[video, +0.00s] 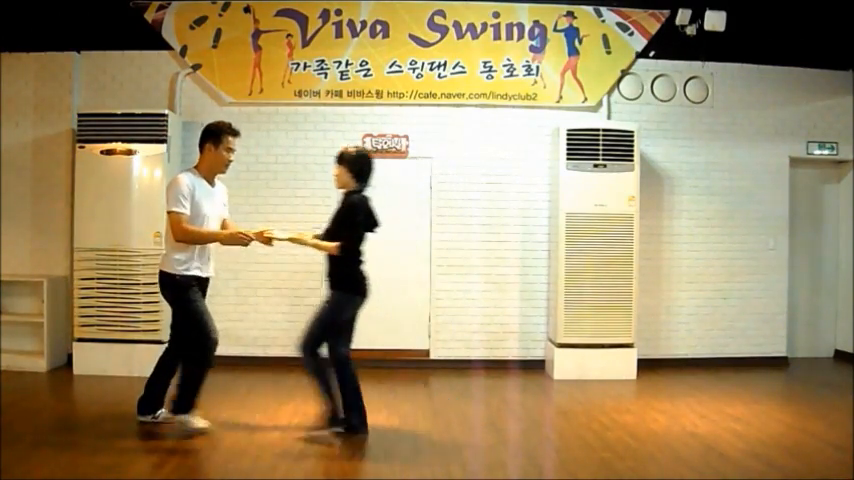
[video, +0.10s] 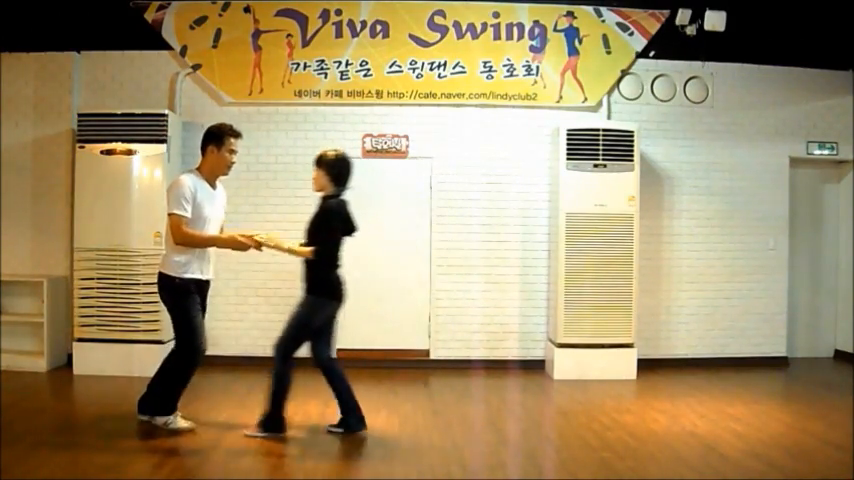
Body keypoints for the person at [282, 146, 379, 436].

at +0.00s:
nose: (335, 173)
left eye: (339, 169)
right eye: (337, 168)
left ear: (351, 173)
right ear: (356, 174)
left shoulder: (353, 204)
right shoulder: (356, 202)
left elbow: (339, 247)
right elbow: (334, 241)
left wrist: (307, 240)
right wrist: (307, 238)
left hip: (345, 291)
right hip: (350, 289)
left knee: (309, 345)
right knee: (339, 352)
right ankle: (355, 421)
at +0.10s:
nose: (313, 176)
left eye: (317, 171)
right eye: (315, 171)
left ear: (329, 176)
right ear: (335, 176)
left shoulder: (331, 208)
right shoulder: (334, 205)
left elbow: (319, 253)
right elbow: (318, 250)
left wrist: (278, 245)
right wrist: (280, 245)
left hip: (320, 295)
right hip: (327, 293)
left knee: (284, 349)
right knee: (323, 357)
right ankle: (353, 418)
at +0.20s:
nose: (292, 177)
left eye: (296, 172)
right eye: (294, 171)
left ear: (307, 178)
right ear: (313, 178)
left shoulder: (308, 211)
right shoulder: (314, 208)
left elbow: (296, 256)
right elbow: (298, 254)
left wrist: (260, 249)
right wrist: (264, 249)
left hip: (297, 295)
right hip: (305, 294)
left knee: (263, 351)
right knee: (288, 356)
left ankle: (269, 422)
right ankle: (338, 403)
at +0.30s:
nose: (275, 175)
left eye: (279, 170)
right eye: (278, 169)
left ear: (290, 176)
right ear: (297, 177)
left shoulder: (290, 210)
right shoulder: (299, 207)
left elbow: (280, 256)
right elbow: (282, 252)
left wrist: (248, 250)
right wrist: (253, 246)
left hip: (282, 294)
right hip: (289, 292)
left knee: (253, 351)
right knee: (258, 350)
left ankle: (268, 421)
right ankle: (306, 395)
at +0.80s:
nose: (274, 174)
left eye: (278, 169)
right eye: (276, 168)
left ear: (288, 175)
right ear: (296, 175)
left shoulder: (292, 207)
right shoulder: (297, 204)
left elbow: (304, 251)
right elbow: (297, 248)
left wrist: (266, 246)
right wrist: (265, 240)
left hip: (286, 292)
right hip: (291, 290)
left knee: (264, 354)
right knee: (270, 353)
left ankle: (277, 422)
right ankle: (306, 411)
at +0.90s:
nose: (293, 177)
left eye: (298, 172)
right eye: (296, 172)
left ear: (308, 179)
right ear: (317, 179)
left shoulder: (313, 211)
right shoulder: (316, 208)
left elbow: (318, 255)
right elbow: (312, 250)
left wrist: (281, 250)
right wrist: (283, 244)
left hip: (306, 295)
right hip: (312, 294)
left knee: (275, 351)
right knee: (298, 356)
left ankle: (277, 422)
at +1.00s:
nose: (317, 180)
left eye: (321, 175)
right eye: (319, 175)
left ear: (332, 181)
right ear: (340, 181)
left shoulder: (337, 214)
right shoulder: (340, 210)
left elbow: (337, 260)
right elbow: (338, 252)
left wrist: (300, 255)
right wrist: (305, 250)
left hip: (332, 298)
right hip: (339, 296)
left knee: (296, 350)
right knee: (339, 359)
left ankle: (280, 421)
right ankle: (392, 399)